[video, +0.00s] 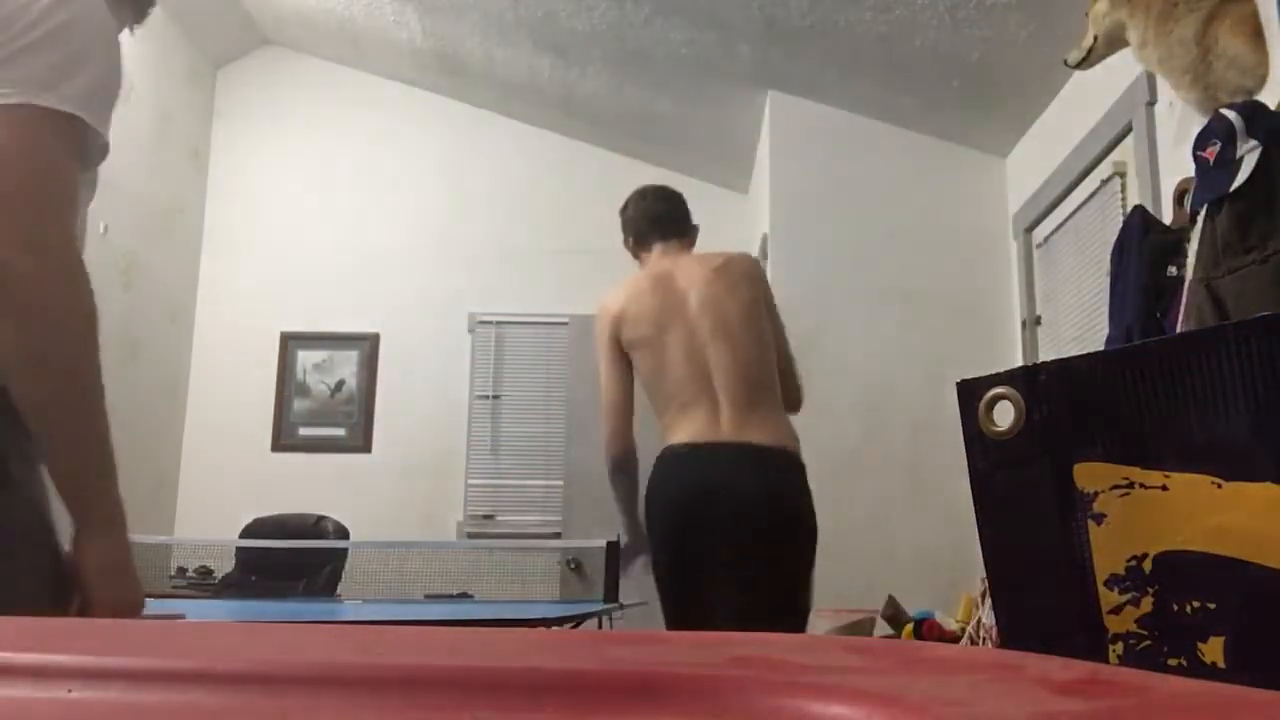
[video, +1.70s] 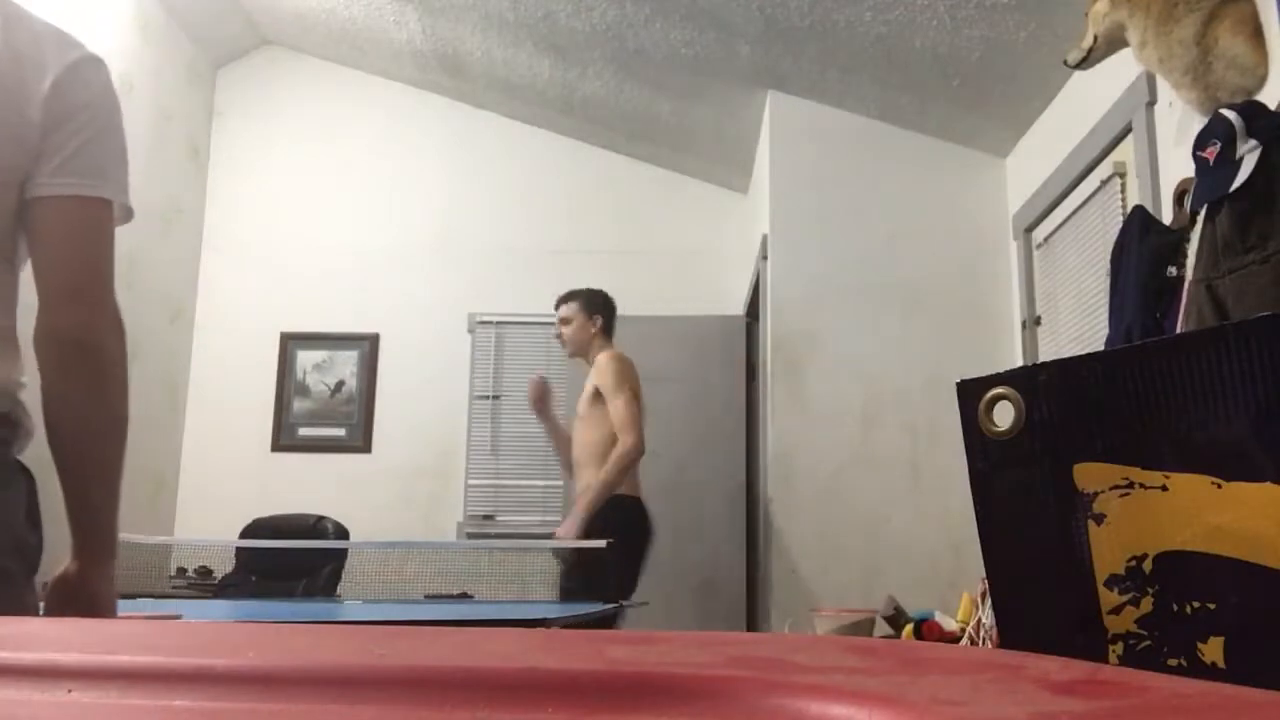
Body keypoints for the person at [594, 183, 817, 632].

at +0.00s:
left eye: (628, 246)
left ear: (632, 247)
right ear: (693, 233)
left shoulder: (619, 304)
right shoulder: (744, 270)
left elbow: (619, 451)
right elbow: (791, 395)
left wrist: (634, 532)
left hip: (684, 489)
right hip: (775, 483)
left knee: (698, 659)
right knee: (776, 658)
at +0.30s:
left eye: (654, 292)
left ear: (657, 293)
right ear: (712, 287)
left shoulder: (633, 345)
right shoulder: (750, 332)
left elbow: (592, 440)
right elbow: (815, 438)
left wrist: (628, 541)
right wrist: (772, 433)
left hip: (676, 530)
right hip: (755, 526)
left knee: (686, 673)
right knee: (748, 671)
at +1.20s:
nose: (657, 341)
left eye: (656, 334)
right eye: (656, 335)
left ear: (662, 331)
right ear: (701, 329)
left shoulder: (659, 359)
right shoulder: (736, 370)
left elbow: (654, 442)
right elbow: (768, 467)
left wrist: (644, 527)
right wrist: (720, 477)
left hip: (685, 519)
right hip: (742, 519)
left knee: (642, 644)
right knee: (746, 645)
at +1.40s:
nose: (625, 343)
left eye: (625, 334)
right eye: (624, 335)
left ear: (635, 333)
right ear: (669, 329)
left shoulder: (636, 366)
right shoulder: (707, 376)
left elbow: (645, 446)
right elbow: (726, 470)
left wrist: (632, 535)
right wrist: (674, 447)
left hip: (666, 522)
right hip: (718, 520)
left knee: (640, 644)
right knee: (717, 641)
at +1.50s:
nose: (594, 346)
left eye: (596, 336)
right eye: (593, 337)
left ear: (614, 332)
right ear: (635, 330)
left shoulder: (618, 366)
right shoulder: (671, 380)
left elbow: (628, 451)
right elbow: (685, 475)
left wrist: (614, 538)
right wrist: (605, 482)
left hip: (644, 523)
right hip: (683, 521)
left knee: (636, 637)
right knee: (684, 635)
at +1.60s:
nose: (570, 343)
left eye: (574, 333)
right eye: (569, 334)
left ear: (597, 331)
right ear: (599, 331)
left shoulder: (609, 364)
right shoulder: (646, 378)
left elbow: (628, 445)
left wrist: (592, 521)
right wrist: (573, 448)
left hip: (624, 518)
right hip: (652, 517)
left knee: (589, 634)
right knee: (640, 637)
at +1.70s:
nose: (558, 332)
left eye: (566, 322)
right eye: (558, 323)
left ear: (595, 324)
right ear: (592, 326)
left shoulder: (610, 363)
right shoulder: (598, 372)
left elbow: (631, 445)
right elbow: (577, 461)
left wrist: (577, 515)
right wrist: (546, 415)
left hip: (613, 519)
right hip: (600, 519)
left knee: (582, 636)